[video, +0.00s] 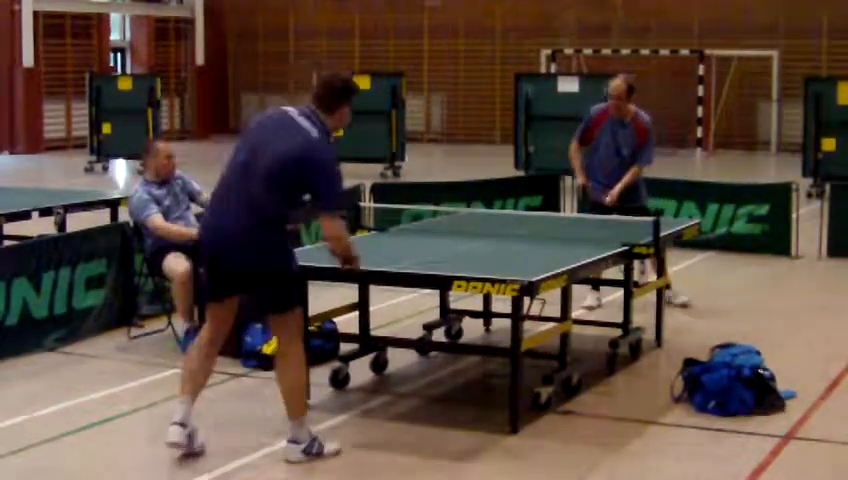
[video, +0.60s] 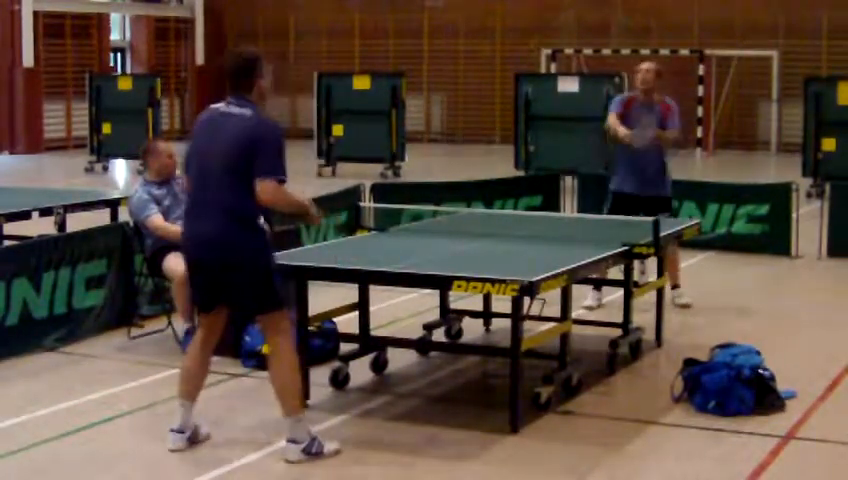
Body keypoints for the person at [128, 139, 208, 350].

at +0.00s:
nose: (172, 163)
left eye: (172, 158)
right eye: (166, 158)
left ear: (174, 160)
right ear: (149, 162)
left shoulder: (179, 181)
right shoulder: (141, 196)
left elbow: (207, 201)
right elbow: (160, 228)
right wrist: (199, 234)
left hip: (193, 236)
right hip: (163, 243)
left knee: (222, 259)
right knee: (182, 270)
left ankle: (218, 319)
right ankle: (188, 326)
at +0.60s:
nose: (174, 161)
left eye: (173, 156)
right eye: (168, 157)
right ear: (151, 162)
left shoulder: (181, 183)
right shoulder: (141, 196)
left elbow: (199, 204)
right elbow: (159, 227)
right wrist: (192, 234)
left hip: (191, 234)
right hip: (162, 242)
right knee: (181, 270)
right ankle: (187, 325)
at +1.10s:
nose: (175, 161)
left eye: (174, 156)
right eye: (169, 157)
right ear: (153, 163)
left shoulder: (179, 181)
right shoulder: (140, 196)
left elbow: (199, 198)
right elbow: (160, 228)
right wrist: (194, 235)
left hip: (193, 235)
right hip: (164, 244)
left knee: (217, 256)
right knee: (182, 270)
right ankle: (188, 323)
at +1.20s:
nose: (175, 161)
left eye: (174, 156)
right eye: (169, 157)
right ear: (153, 163)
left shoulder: (178, 181)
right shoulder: (141, 196)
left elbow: (202, 198)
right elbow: (160, 228)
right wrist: (200, 233)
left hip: (193, 233)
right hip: (164, 243)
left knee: (221, 255)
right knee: (182, 270)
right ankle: (189, 324)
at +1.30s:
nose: (174, 161)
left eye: (174, 157)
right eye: (168, 158)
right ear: (152, 163)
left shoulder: (179, 182)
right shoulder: (141, 196)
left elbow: (206, 203)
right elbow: (160, 228)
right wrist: (201, 233)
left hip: (194, 236)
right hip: (165, 243)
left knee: (226, 256)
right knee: (182, 269)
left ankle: (223, 319)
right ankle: (189, 326)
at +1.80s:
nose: (172, 163)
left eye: (172, 158)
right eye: (166, 159)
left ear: (174, 160)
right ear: (148, 163)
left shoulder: (179, 181)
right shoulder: (141, 196)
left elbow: (205, 201)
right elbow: (160, 228)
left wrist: (226, 211)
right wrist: (198, 233)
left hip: (194, 236)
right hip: (164, 244)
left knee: (228, 255)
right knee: (182, 269)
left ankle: (227, 318)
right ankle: (190, 326)